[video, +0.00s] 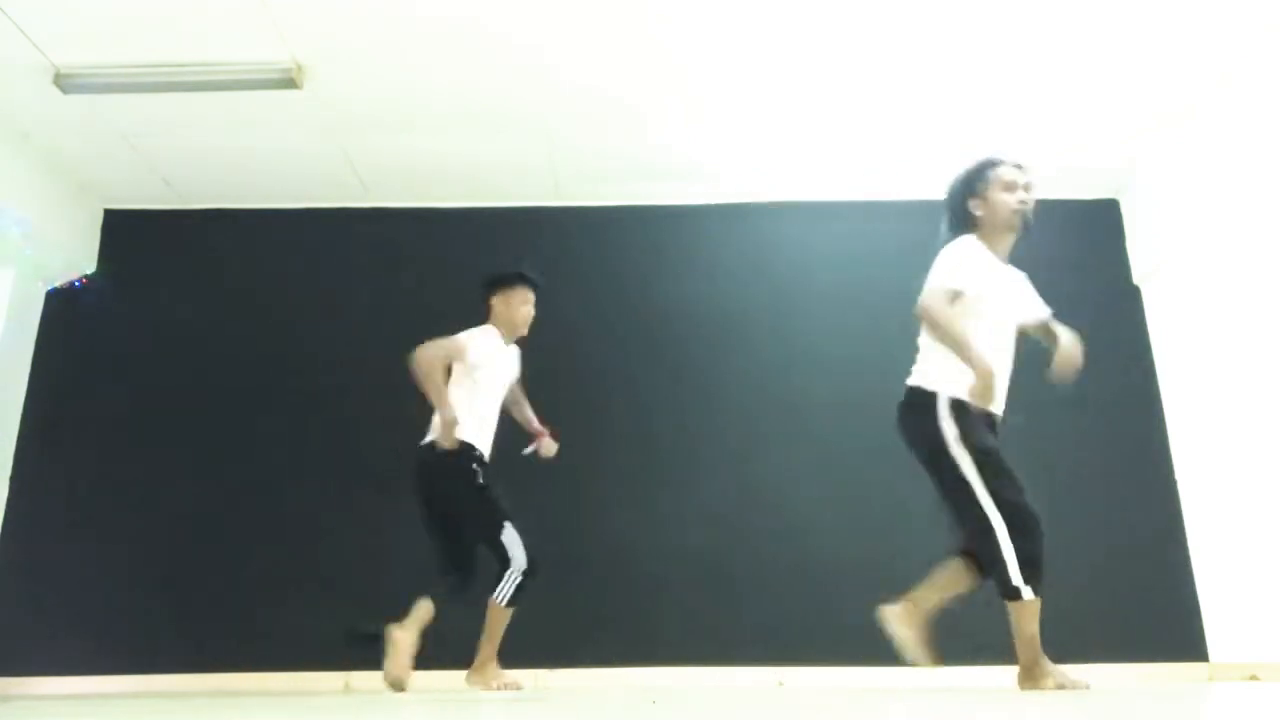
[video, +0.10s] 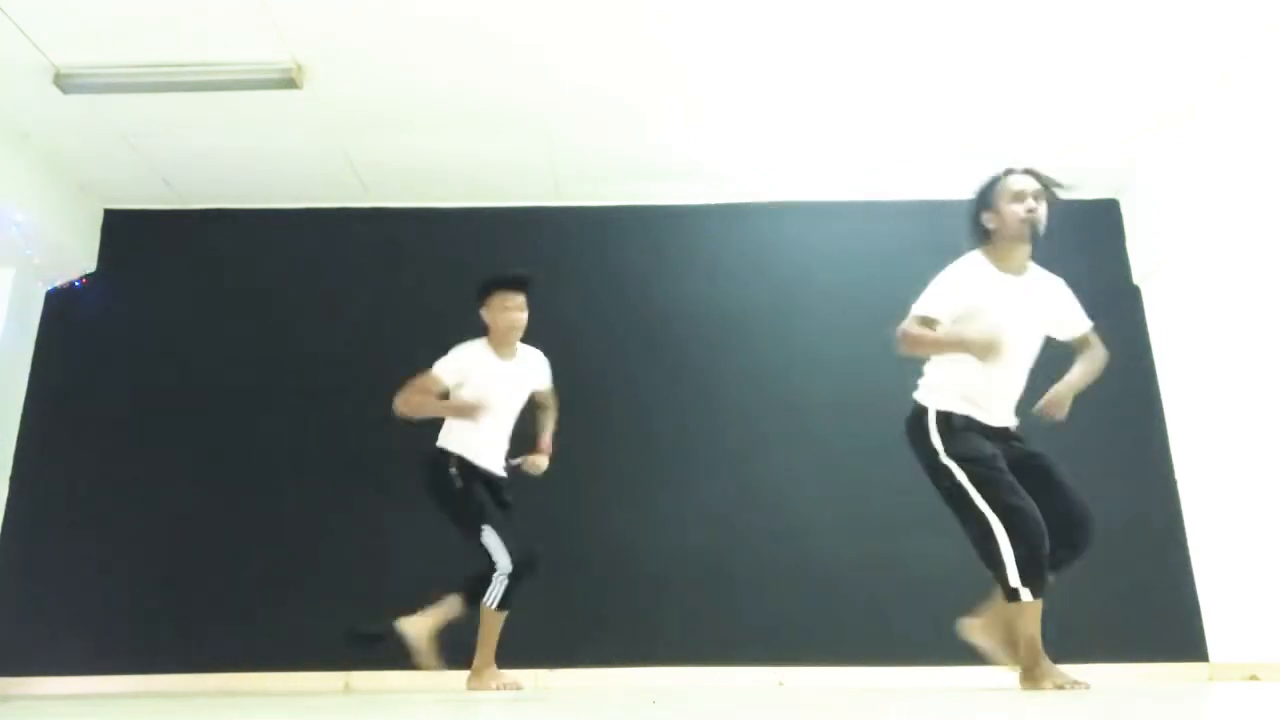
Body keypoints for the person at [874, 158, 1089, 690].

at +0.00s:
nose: (1026, 197)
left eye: (1027, 188)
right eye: (1011, 188)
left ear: (1027, 204)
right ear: (976, 203)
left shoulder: (1014, 281)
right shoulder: (960, 252)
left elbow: (1048, 329)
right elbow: (931, 308)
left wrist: (1066, 343)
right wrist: (979, 363)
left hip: (974, 412)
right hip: (939, 404)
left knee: (996, 534)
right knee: (1015, 526)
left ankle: (910, 612)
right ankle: (1033, 668)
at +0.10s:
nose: (1032, 206)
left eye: (1038, 199)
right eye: (1018, 199)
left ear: (1047, 213)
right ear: (989, 217)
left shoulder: (1049, 288)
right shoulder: (966, 272)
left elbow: (1095, 351)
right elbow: (907, 337)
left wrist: (1067, 386)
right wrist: (967, 342)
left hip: (999, 426)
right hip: (945, 419)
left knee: (1068, 526)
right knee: (1020, 528)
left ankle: (988, 623)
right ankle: (1035, 669)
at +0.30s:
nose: (1035, 228)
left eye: (1042, 219)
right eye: (1022, 220)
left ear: (1055, 231)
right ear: (998, 237)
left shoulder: (1077, 301)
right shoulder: (970, 301)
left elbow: (1130, 363)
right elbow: (904, 353)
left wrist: (1085, 412)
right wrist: (832, 349)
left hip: (1039, 437)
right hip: (975, 434)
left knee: (1132, 515)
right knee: (1041, 527)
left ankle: (1074, 625)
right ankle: (1040, 667)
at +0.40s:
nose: (1038, 234)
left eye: (1046, 224)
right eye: (1024, 226)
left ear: (1059, 236)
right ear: (1001, 242)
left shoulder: (1084, 302)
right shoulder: (977, 306)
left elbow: (1140, 363)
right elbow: (905, 353)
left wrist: (1095, 416)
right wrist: (826, 355)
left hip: (1051, 442)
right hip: (988, 436)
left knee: (1139, 526)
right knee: (1047, 529)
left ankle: (1069, 629)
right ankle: (1042, 665)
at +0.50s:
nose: (1049, 239)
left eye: (1057, 230)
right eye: (1035, 231)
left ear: (1068, 240)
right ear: (1009, 245)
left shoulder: (1091, 304)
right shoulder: (987, 308)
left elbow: (1145, 365)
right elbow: (914, 354)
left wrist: (1102, 420)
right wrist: (836, 353)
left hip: (1057, 444)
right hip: (997, 438)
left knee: (1141, 530)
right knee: (1052, 530)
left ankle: (1068, 627)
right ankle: (1046, 667)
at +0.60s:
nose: (1060, 251)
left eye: (1069, 242)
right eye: (1047, 241)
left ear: (1080, 250)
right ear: (1021, 252)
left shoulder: (1099, 309)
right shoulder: (999, 313)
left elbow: (1148, 368)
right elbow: (941, 360)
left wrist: (1104, 424)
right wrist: (875, 350)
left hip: (1061, 448)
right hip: (1001, 439)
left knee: (1148, 529)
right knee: (1053, 531)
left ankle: (1075, 628)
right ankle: (1044, 665)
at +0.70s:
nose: (1081, 258)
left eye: (1089, 248)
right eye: (1068, 247)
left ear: (1096, 257)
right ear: (1037, 258)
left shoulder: (1107, 315)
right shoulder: (1015, 317)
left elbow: (1148, 374)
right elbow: (996, 374)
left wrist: (1105, 429)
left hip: (1062, 452)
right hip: (1006, 442)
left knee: (1149, 525)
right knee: (1054, 527)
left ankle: (1129, 644)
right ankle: (1045, 664)